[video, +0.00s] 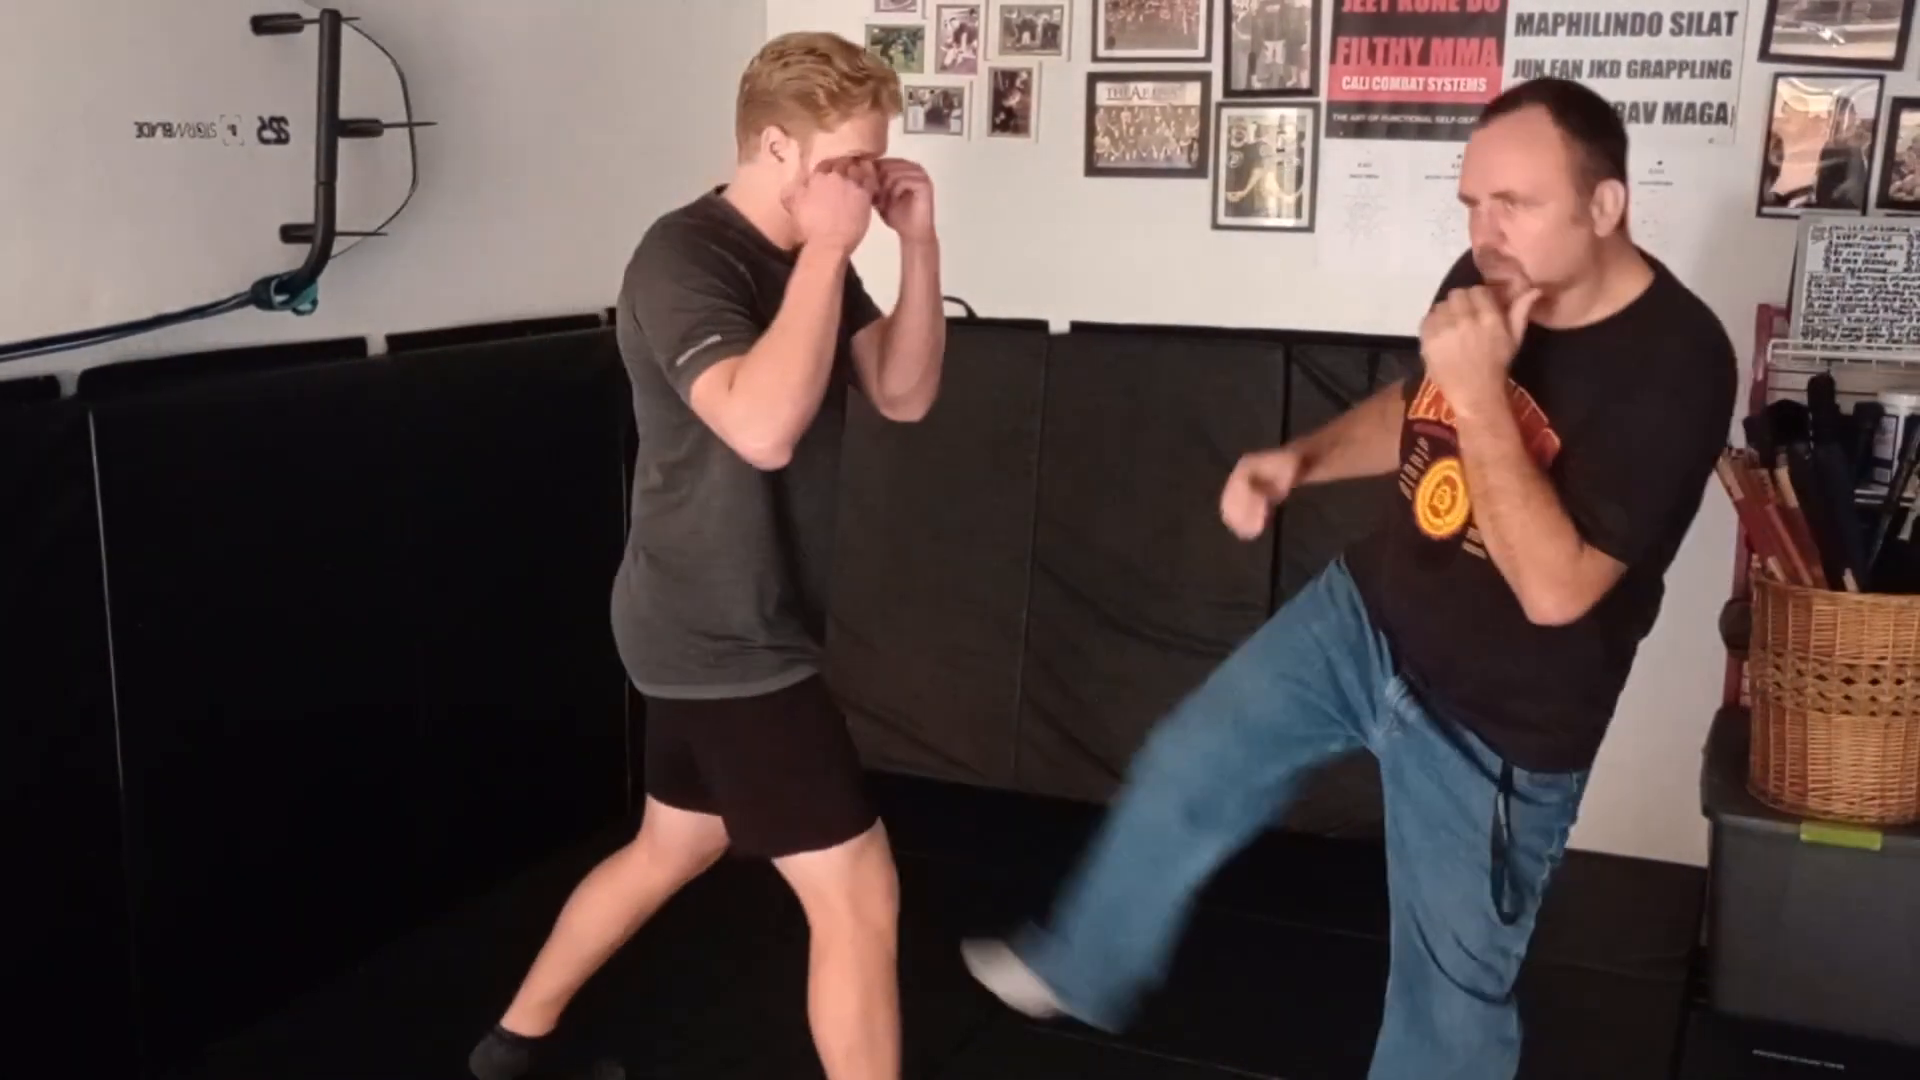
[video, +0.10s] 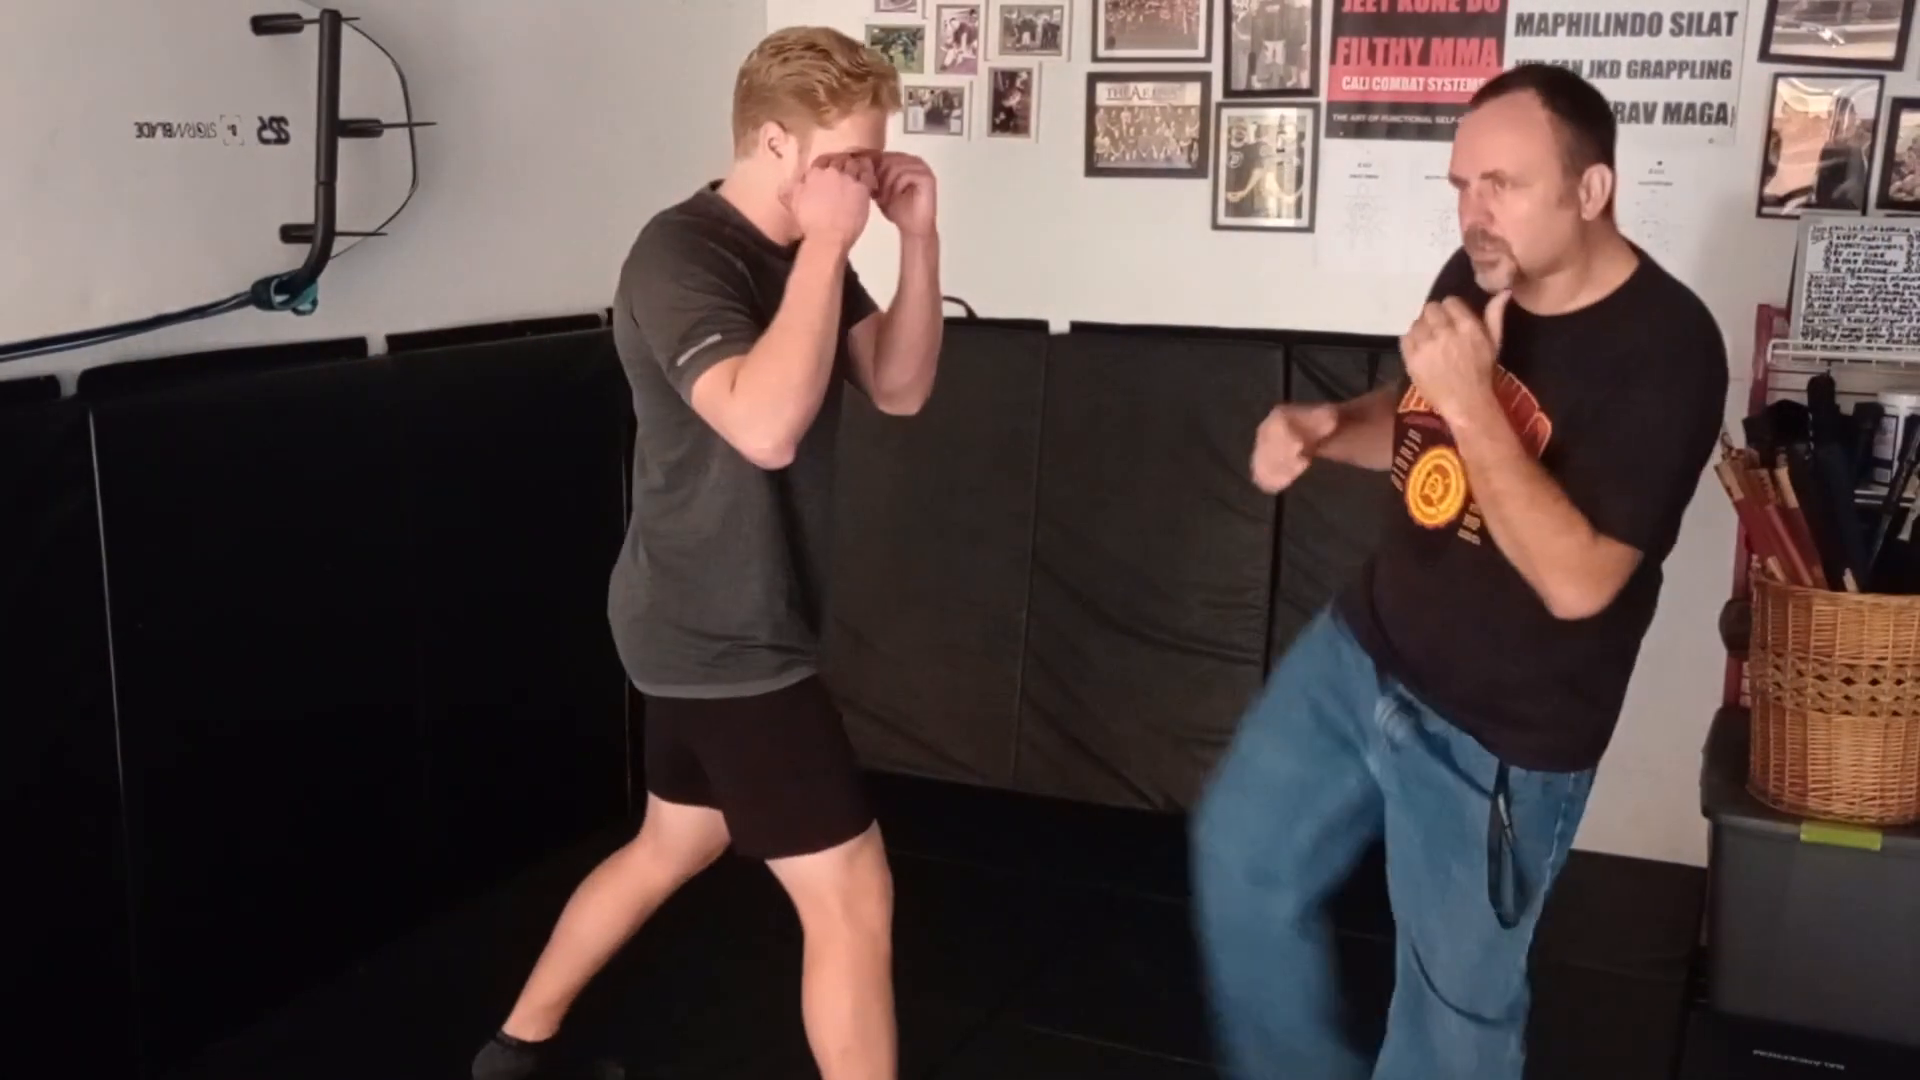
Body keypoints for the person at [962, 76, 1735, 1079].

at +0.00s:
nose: (1483, 235)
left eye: (1513, 205)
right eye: (1473, 205)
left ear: (1606, 206)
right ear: (1464, 199)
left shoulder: (1681, 364)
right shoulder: (1487, 288)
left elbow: (1561, 590)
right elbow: (1421, 410)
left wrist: (1476, 396)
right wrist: (1303, 459)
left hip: (1496, 743)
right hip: (1363, 618)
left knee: (1449, 1016)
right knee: (1186, 769)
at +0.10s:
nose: (1470, 213)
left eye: (1501, 184)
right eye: (1462, 183)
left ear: (1596, 189)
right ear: (1454, 183)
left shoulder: (1674, 352)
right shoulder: (1477, 276)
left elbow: (1581, 582)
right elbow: (1421, 424)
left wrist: (1471, 409)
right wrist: (1323, 429)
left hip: (1499, 754)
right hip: (1359, 658)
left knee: (1451, 1030)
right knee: (1241, 857)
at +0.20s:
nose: (1465, 197)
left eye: (1495, 170)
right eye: (1456, 166)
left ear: (1584, 180)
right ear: (1447, 165)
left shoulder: (1667, 339)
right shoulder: (1452, 280)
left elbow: (1629, 576)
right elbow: (1412, 451)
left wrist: (1471, 426)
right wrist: (1340, 432)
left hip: (1524, 760)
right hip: (1379, 706)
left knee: (1465, 1042)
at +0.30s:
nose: (1444, 193)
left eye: (1477, 167)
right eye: (1437, 165)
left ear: (1560, 181)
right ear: (1428, 167)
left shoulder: (1644, 333)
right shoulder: (1422, 293)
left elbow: (1664, 560)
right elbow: (1390, 469)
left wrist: (1473, 468)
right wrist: (1330, 462)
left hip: (1547, 748)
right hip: (1426, 718)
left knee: (1480, 1037)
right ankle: (1576, 1065)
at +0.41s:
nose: (1410, 190)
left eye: (1439, 165)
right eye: (1406, 164)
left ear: (1525, 177)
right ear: (1403, 165)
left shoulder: (1620, 303)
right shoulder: (1416, 296)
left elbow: (1656, 523)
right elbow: (1376, 486)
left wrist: (1462, 429)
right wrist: (1337, 443)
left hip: (1571, 733)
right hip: (1445, 710)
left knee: (1519, 1023)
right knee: (1470, 987)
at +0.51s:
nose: (1398, 195)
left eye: (1421, 170)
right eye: (1396, 168)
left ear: (1510, 173)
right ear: (1495, 172)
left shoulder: (1602, 295)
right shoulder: (1445, 291)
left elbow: (1591, 515)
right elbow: (1429, 481)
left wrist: (1435, 399)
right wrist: (1362, 412)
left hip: (1580, 724)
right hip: (1440, 691)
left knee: (1580, 1019)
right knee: (1383, 897)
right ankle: (1492, 1071)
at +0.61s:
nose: (1389, 212)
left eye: (1410, 186)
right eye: (1389, 185)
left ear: (1494, 192)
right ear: (1483, 193)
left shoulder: (1583, 313)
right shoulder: (1464, 305)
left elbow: (1516, 524)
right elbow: (1441, 491)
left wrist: (1369, 397)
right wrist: (1346, 436)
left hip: (1571, 736)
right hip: (1436, 700)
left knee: (1598, 1015)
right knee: (1354, 926)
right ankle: (1341, 1073)